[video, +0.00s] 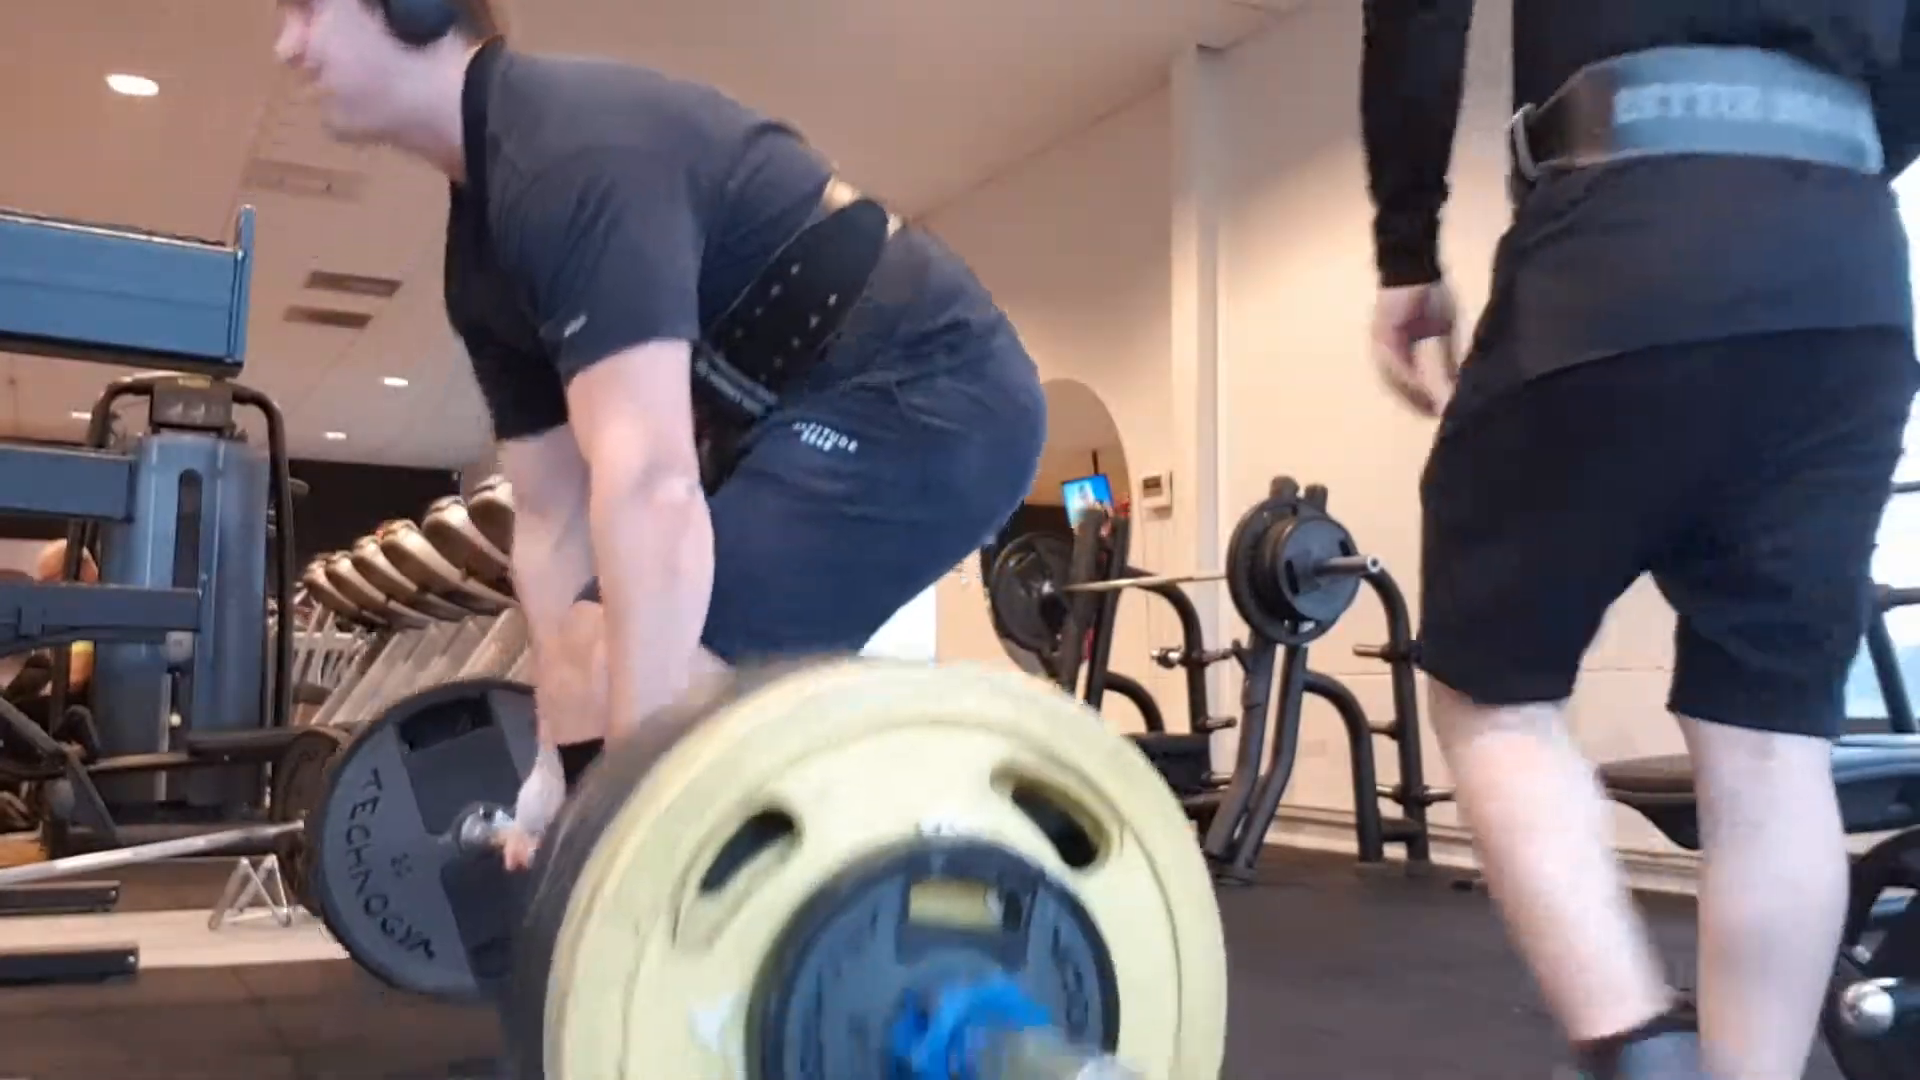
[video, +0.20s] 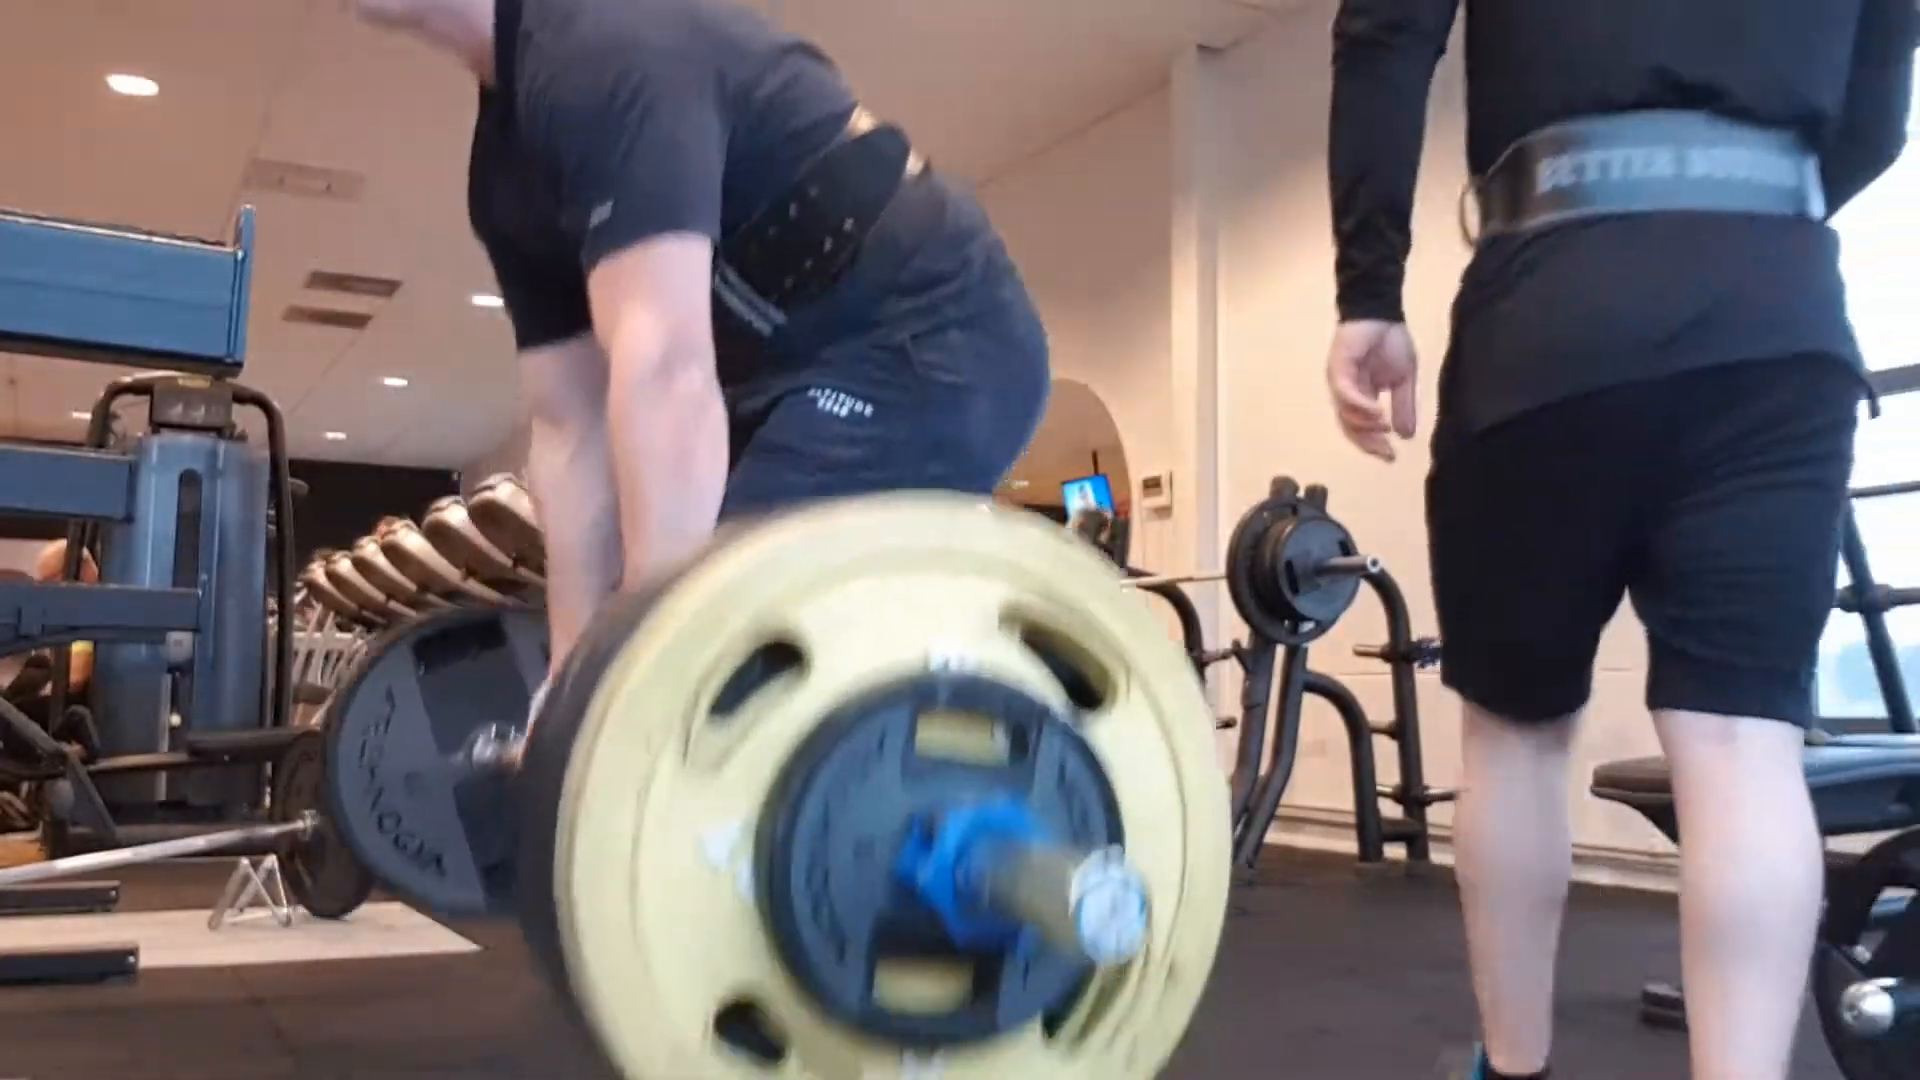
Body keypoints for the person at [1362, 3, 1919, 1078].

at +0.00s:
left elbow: (1415, 13)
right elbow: (1905, 72)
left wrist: (1408, 258)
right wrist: (1797, 190)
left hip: (1618, 280)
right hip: (1850, 279)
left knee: (1495, 692)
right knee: (1769, 733)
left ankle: (1635, 1047)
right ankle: (1761, 1065)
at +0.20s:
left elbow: (1384, 33)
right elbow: (1872, 120)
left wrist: (1371, 293)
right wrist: (1746, 218)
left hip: (1552, 304)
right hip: (1775, 295)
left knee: (1516, 726)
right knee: (1743, 734)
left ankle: (1513, 1064)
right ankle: (1743, 1072)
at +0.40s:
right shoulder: (1790, 1)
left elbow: (1348, 120)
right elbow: (1821, 157)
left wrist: (1343, 366)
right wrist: (1711, 286)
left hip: (1515, 346)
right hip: (1719, 336)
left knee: (1524, 746)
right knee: (1702, 727)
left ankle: (1549, 1061)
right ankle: (1730, 1063)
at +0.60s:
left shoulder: (1383, 16)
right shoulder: (1715, 7)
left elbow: (1326, 220)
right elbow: (1795, 156)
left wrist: (1347, 419)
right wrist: (1717, 334)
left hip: (1489, 387)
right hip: (1678, 373)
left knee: (1514, 740)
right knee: (1693, 713)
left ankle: (1547, 1061)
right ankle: (1692, 954)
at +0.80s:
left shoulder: (1385, 55)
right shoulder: (1678, 28)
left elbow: (1334, 255)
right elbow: (1760, 206)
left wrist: (1380, 403)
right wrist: (1753, 384)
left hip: (1475, 417)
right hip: (1648, 413)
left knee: (1503, 734)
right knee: (1647, 726)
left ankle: (1543, 1051)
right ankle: (1662, 1026)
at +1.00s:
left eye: (1459, 23)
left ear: (1470, 18)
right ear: (1586, 15)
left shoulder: (1405, 117)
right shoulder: (1675, 104)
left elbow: (1358, 307)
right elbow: (1751, 272)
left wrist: (1405, 438)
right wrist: (1739, 447)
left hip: (1475, 456)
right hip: (1632, 454)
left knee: (1487, 731)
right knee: (1612, 737)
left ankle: (1528, 1006)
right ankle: (1621, 1012)